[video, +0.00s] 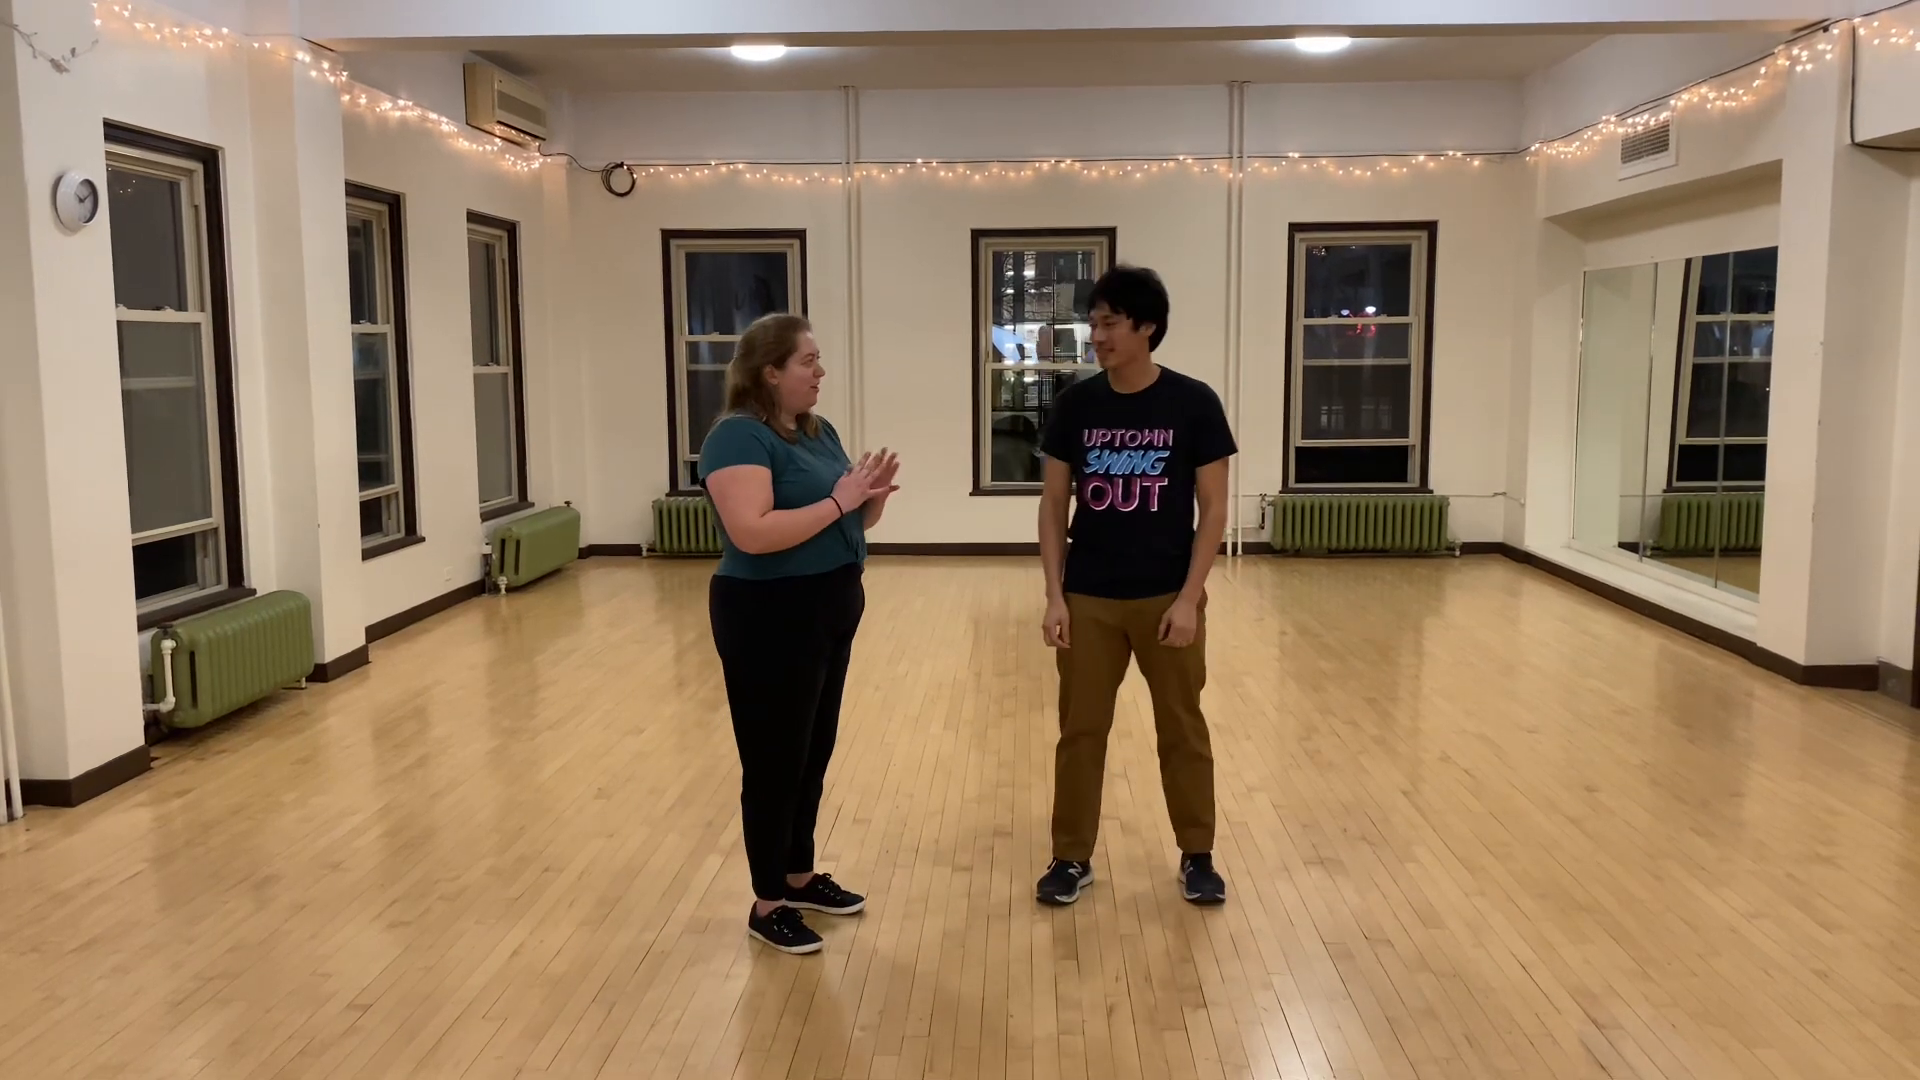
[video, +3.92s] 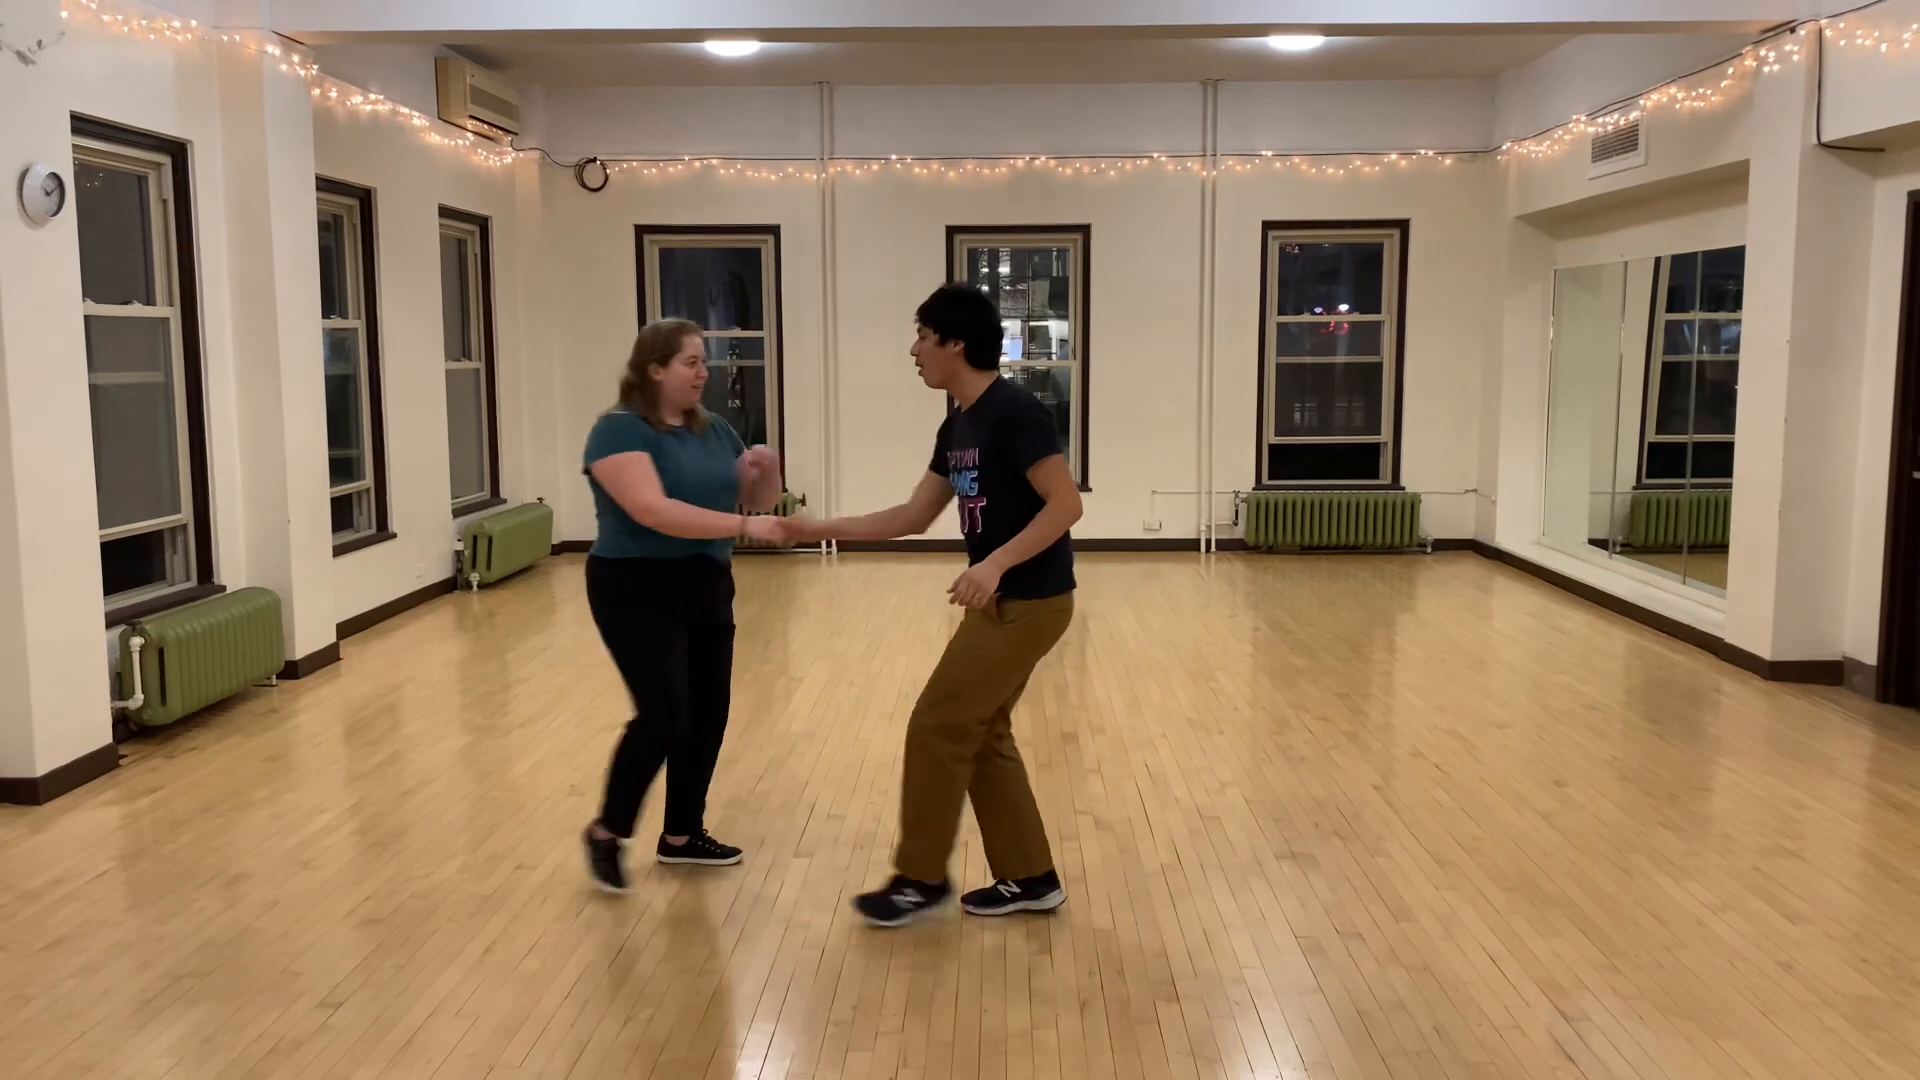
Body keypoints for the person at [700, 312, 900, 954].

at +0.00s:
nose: (820, 372)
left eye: (819, 361)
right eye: (808, 362)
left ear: (806, 372)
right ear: (769, 372)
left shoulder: (820, 434)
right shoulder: (735, 438)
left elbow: (850, 528)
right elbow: (751, 534)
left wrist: (872, 500)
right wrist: (836, 503)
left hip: (824, 608)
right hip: (762, 614)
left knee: (812, 750)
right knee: (773, 757)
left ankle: (797, 877)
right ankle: (767, 904)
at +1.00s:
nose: (824, 386)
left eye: (824, 375)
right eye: (817, 374)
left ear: (778, 374)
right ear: (786, 376)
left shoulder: (744, 430)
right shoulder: (771, 440)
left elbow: (764, 519)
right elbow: (816, 543)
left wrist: (826, 492)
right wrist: (886, 526)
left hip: (750, 604)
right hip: (748, 613)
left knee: (768, 740)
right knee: (752, 750)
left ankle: (776, 855)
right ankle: (760, 903)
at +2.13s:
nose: (801, 374)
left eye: (799, 363)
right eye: (795, 364)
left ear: (739, 368)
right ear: (766, 368)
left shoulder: (699, 425)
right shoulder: (781, 427)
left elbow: (713, 506)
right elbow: (829, 517)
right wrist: (903, 559)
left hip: (702, 584)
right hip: (770, 589)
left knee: (716, 719)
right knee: (769, 724)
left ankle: (722, 851)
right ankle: (772, 860)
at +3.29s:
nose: (790, 368)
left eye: (787, 357)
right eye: (782, 359)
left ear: (729, 368)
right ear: (752, 367)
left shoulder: (685, 427)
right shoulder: (780, 428)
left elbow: (669, 503)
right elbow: (857, 494)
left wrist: (731, 490)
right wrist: (919, 488)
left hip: (694, 587)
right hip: (769, 587)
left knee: (728, 717)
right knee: (767, 723)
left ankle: (713, 844)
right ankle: (762, 862)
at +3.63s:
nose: (756, 370)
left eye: (755, 359)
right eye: (746, 361)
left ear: (707, 373)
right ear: (712, 370)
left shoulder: (676, 423)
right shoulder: (719, 431)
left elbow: (690, 492)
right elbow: (783, 518)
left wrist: (748, 453)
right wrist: (862, 542)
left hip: (669, 584)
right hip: (715, 589)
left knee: (696, 711)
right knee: (755, 718)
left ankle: (676, 834)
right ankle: (764, 860)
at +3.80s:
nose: (727, 371)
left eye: (728, 361)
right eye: (715, 361)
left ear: (721, 369)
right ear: (679, 368)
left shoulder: (705, 427)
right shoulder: (656, 431)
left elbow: (729, 492)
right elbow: (704, 512)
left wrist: (771, 468)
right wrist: (800, 528)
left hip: (701, 585)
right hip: (657, 587)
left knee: (689, 703)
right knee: (721, 697)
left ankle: (678, 833)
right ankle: (703, 840)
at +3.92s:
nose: (702, 372)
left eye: (703, 362)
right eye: (690, 363)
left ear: (701, 370)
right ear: (654, 369)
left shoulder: (717, 431)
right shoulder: (618, 433)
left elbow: (753, 512)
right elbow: (652, 509)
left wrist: (762, 480)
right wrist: (743, 525)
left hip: (703, 585)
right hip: (631, 586)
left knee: (705, 712)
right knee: (663, 713)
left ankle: (683, 834)